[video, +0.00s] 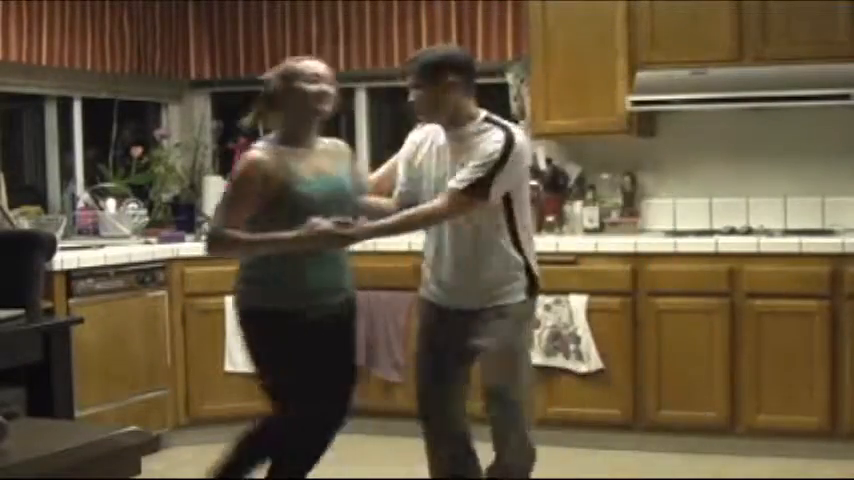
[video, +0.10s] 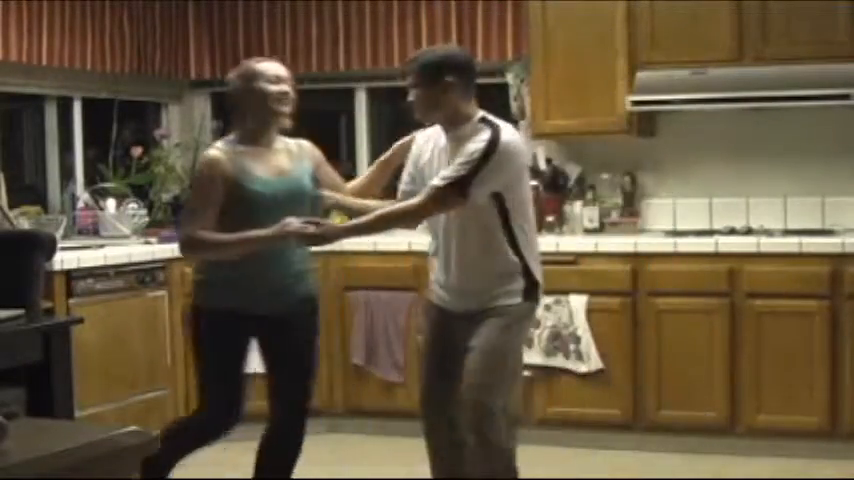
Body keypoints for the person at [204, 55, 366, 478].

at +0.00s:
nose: (326, 89)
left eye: (330, 82)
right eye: (313, 81)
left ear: (336, 96)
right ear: (282, 93)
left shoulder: (340, 151)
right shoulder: (260, 163)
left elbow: (355, 206)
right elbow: (218, 239)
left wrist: (407, 209)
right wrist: (302, 238)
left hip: (333, 304)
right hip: (273, 307)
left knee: (328, 415)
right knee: (295, 416)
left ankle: (284, 475)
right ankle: (227, 472)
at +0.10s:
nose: (287, 90)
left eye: (289, 83)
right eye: (275, 82)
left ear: (295, 94)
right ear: (243, 93)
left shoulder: (304, 152)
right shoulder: (218, 161)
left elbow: (349, 197)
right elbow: (192, 241)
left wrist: (395, 156)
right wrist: (274, 235)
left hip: (291, 301)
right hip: (225, 303)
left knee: (290, 419)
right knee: (220, 413)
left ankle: (270, 479)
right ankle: (153, 464)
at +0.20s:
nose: (255, 92)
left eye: (257, 85)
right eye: (243, 84)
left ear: (260, 98)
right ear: (212, 97)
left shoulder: (270, 155)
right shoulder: (186, 160)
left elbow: (306, 214)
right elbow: (175, 240)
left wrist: (345, 183)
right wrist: (252, 233)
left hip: (246, 300)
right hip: (181, 301)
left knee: (271, 413)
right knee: (178, 409)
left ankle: (264, 479)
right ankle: (143, 471)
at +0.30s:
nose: (229, 91)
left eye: (230, 83)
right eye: (217, 83)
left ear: (233, 97)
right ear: (188, 95)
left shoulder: (239, 154)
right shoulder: (163, 153)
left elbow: (251, 220)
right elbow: (164, 231)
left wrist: (299, 214)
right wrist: (237, 223)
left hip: (211, 289)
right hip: (151, 294)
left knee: (254, 385)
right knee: (159, 399)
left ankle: (263, 474)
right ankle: (138, 474)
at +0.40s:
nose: (213, 87)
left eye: (211, 80)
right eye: (201, 80)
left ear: (205, 92)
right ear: (172, 91)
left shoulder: (214, 150)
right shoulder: (148, 146)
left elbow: (206, 224)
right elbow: (160, 218)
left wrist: (255, 226)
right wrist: (233, 199)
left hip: (188, 282)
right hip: (132, 284)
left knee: (241, 370)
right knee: (152, 390)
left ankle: (218, 472)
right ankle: (139, 473)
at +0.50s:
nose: (199, 84)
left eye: (197, 77)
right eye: (187, 77)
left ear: (191, 89)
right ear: (157, 88)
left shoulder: (197, 143)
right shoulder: (141, 140)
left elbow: (187, 209)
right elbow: (163, 206)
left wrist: (221, 236)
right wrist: (230, 181)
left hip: (172, 276)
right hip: (121, 279)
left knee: (221, 369)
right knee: (143, 385)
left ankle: (173, 446)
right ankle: (132, 468)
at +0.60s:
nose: (190, 85)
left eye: (188, 77)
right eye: (179, 77)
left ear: (172, 89)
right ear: (151, 87)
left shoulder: (178, 142)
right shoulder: (139, 137)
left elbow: (201, 196)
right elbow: (177, 197)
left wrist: (243, 176)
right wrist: (242, 170)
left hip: (166, 277)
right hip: (121, 279)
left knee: (189, 377)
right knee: (145, 387)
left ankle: (124, 454)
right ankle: (133, 469)